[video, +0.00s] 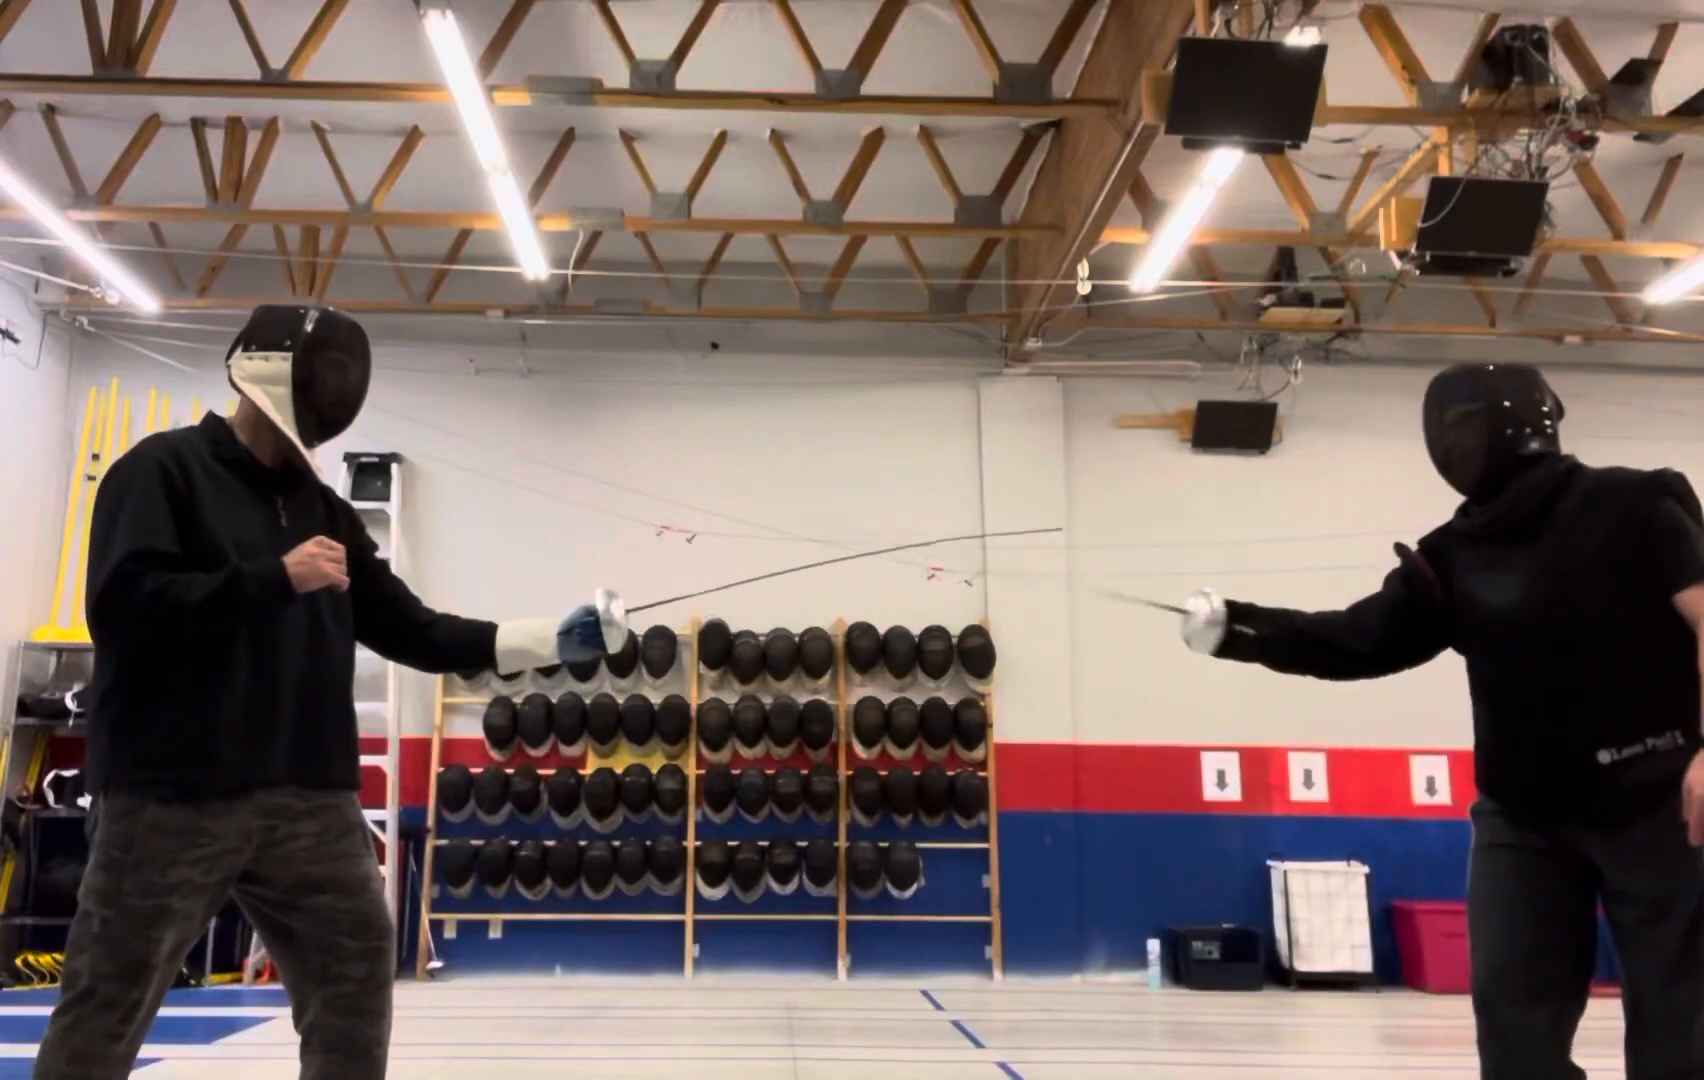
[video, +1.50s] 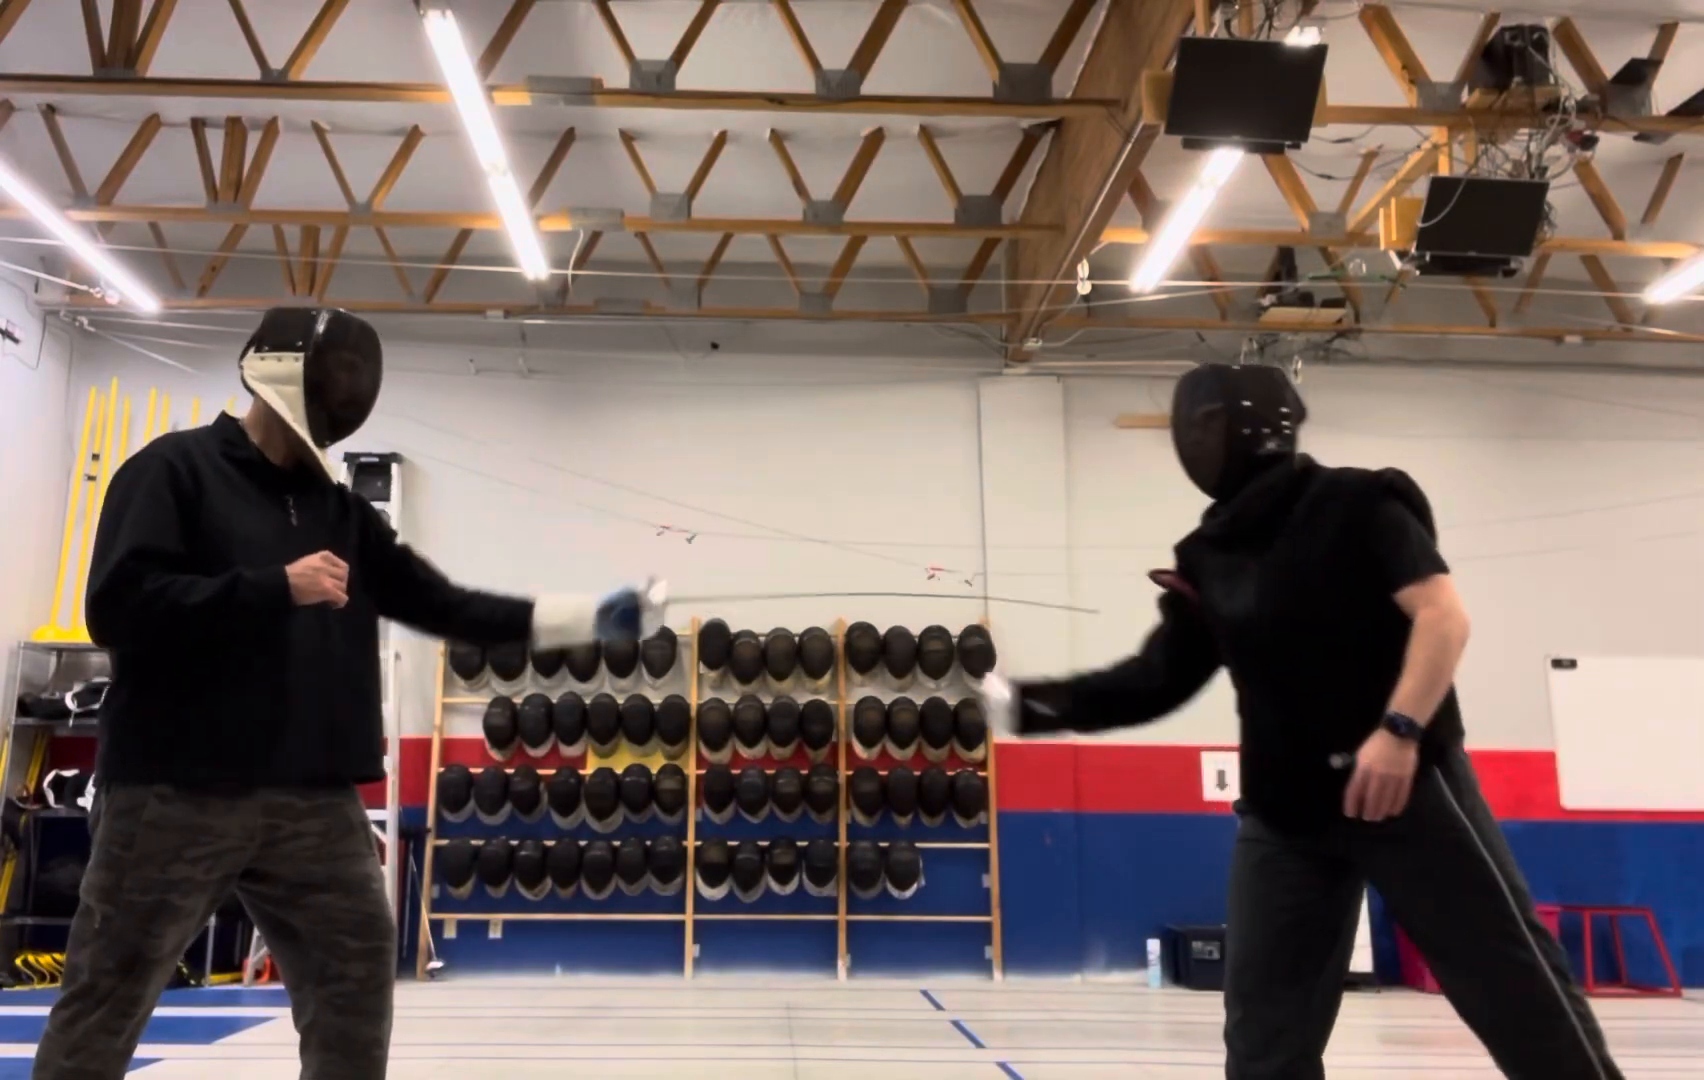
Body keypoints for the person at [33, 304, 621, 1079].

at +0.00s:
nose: (327, 398)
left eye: (337, 383)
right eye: (314, 376)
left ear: (332, 395)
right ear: (260, 368)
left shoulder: (320, 511)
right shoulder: (154, 472)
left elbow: (408, 629)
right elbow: (125, 608)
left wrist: (549, 642)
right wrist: (275, 576)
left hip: (305, 801)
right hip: (168, 801)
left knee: (355, 975)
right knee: (104, 1012)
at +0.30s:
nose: (326, 400)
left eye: (337, 385)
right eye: (312, 378)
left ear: (337, 395)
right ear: (260, 371)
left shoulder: (322, 511)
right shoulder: (158, 471)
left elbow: (404, 627)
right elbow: (126, 606)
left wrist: (540, 618)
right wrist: (279, 581)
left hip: (306, 799)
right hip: (169, 798)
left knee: (354, 981)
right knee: (104, 1008)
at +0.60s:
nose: (333, 408)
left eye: (341, 392)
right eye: (324, 384)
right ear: (272, 373)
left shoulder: (328, 510)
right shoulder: (159, 471)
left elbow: (426, 621)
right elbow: (124, 603)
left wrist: (572, 620)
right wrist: (278, 581)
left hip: (306, 797)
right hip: (168, 794)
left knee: (353, 980)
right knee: (102, 1004)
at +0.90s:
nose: (350, 433)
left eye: (361, 417)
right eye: (338, 409)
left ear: (363, 414)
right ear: (289, 383)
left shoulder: (357, 519)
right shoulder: (180, 465)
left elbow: (483, 562)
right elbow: (116, 590)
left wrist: (630, 554)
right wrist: (275, 586)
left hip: (309, 802)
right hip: (166, 796)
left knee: (352, 1000)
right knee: (98, 1007)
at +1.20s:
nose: (356, 427)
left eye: (368, 410)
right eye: (344, 402)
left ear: (371, 412)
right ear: (294, 382)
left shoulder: (373, 511)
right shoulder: (187, 465)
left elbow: (500, 519)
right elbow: (123, 592)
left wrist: (645, 486)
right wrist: (278, 584)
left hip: (314, 797)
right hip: (171, 793)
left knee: (359, 989)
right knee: (99, 1007)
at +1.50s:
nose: (327, 435)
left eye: (338, 418)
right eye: (317, 413)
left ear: (342, 407)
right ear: (273, 387)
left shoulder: (337, 511)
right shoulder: (165, 474)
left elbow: (441, 606)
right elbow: (117, 604)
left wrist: (585, 623)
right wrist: (273, 586)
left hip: (310, 803)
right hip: (172, 796)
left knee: (353, 996)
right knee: (102, 1008)